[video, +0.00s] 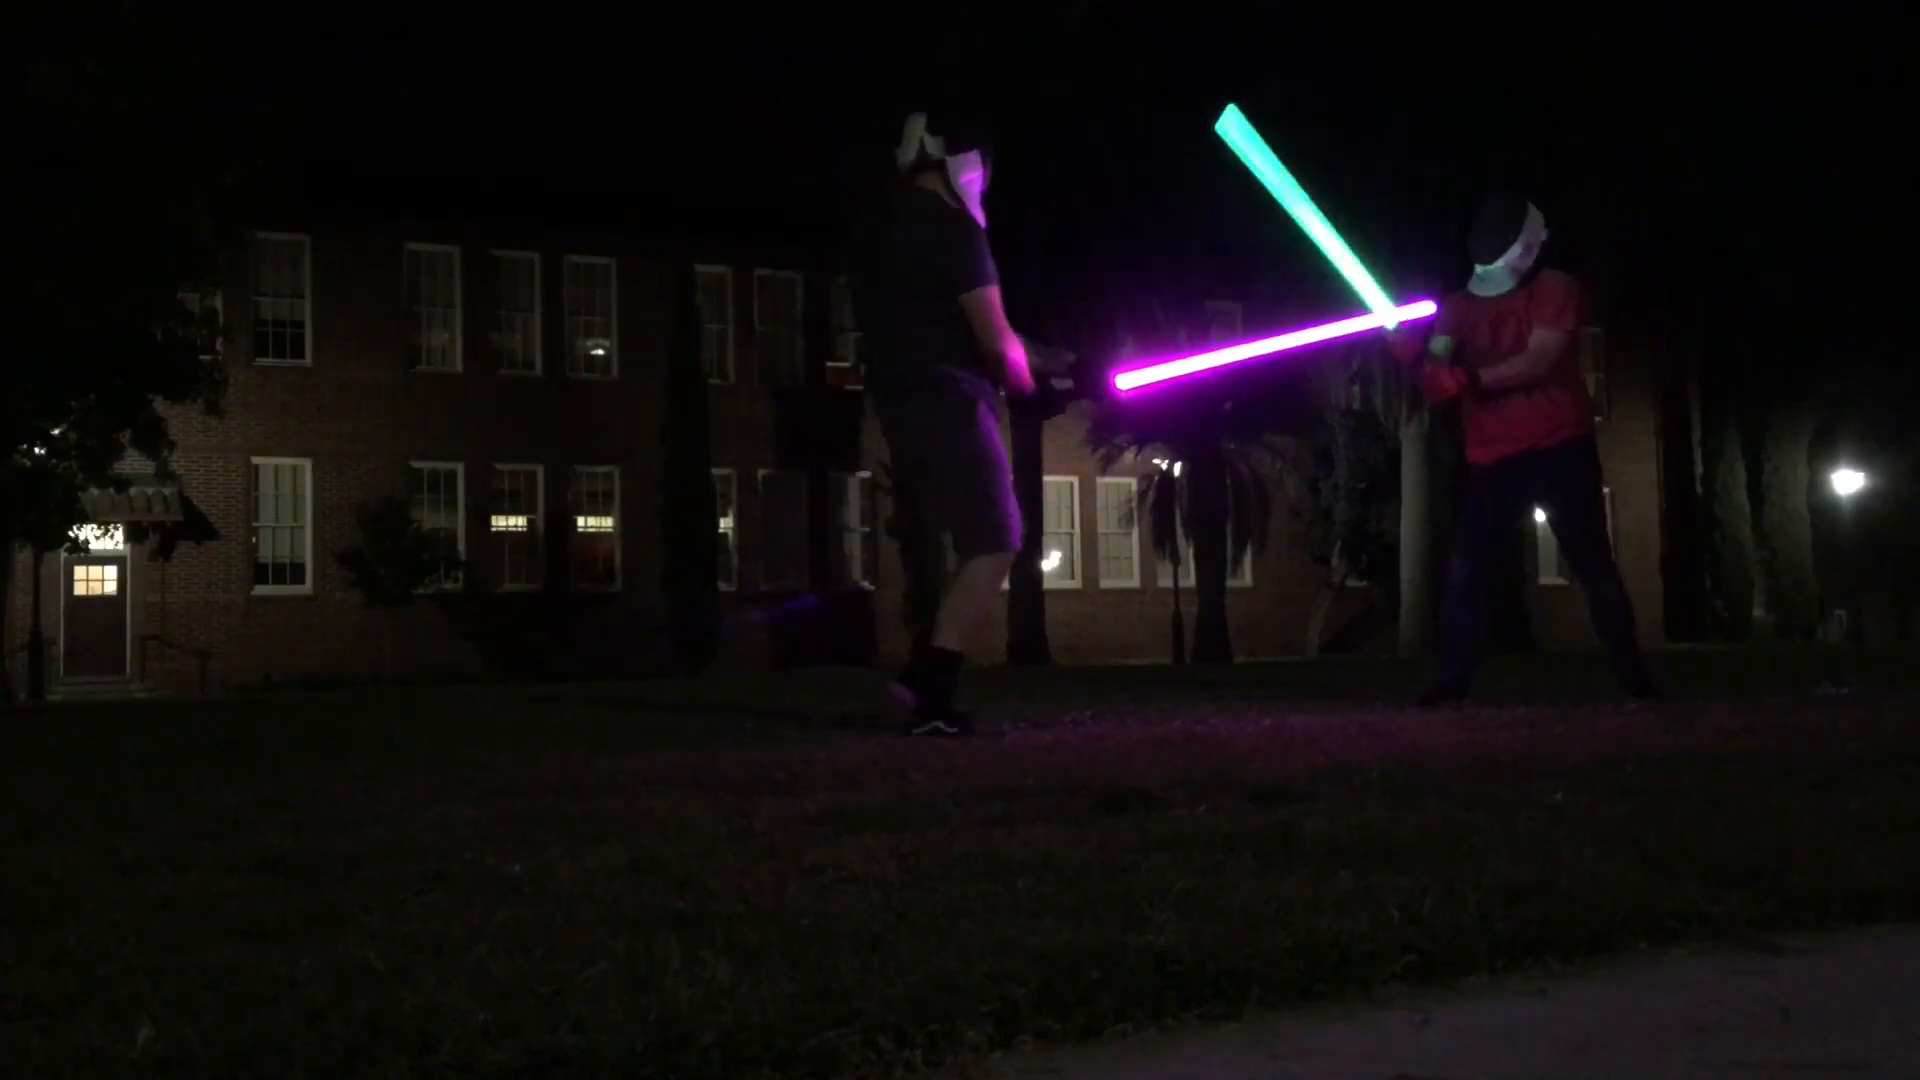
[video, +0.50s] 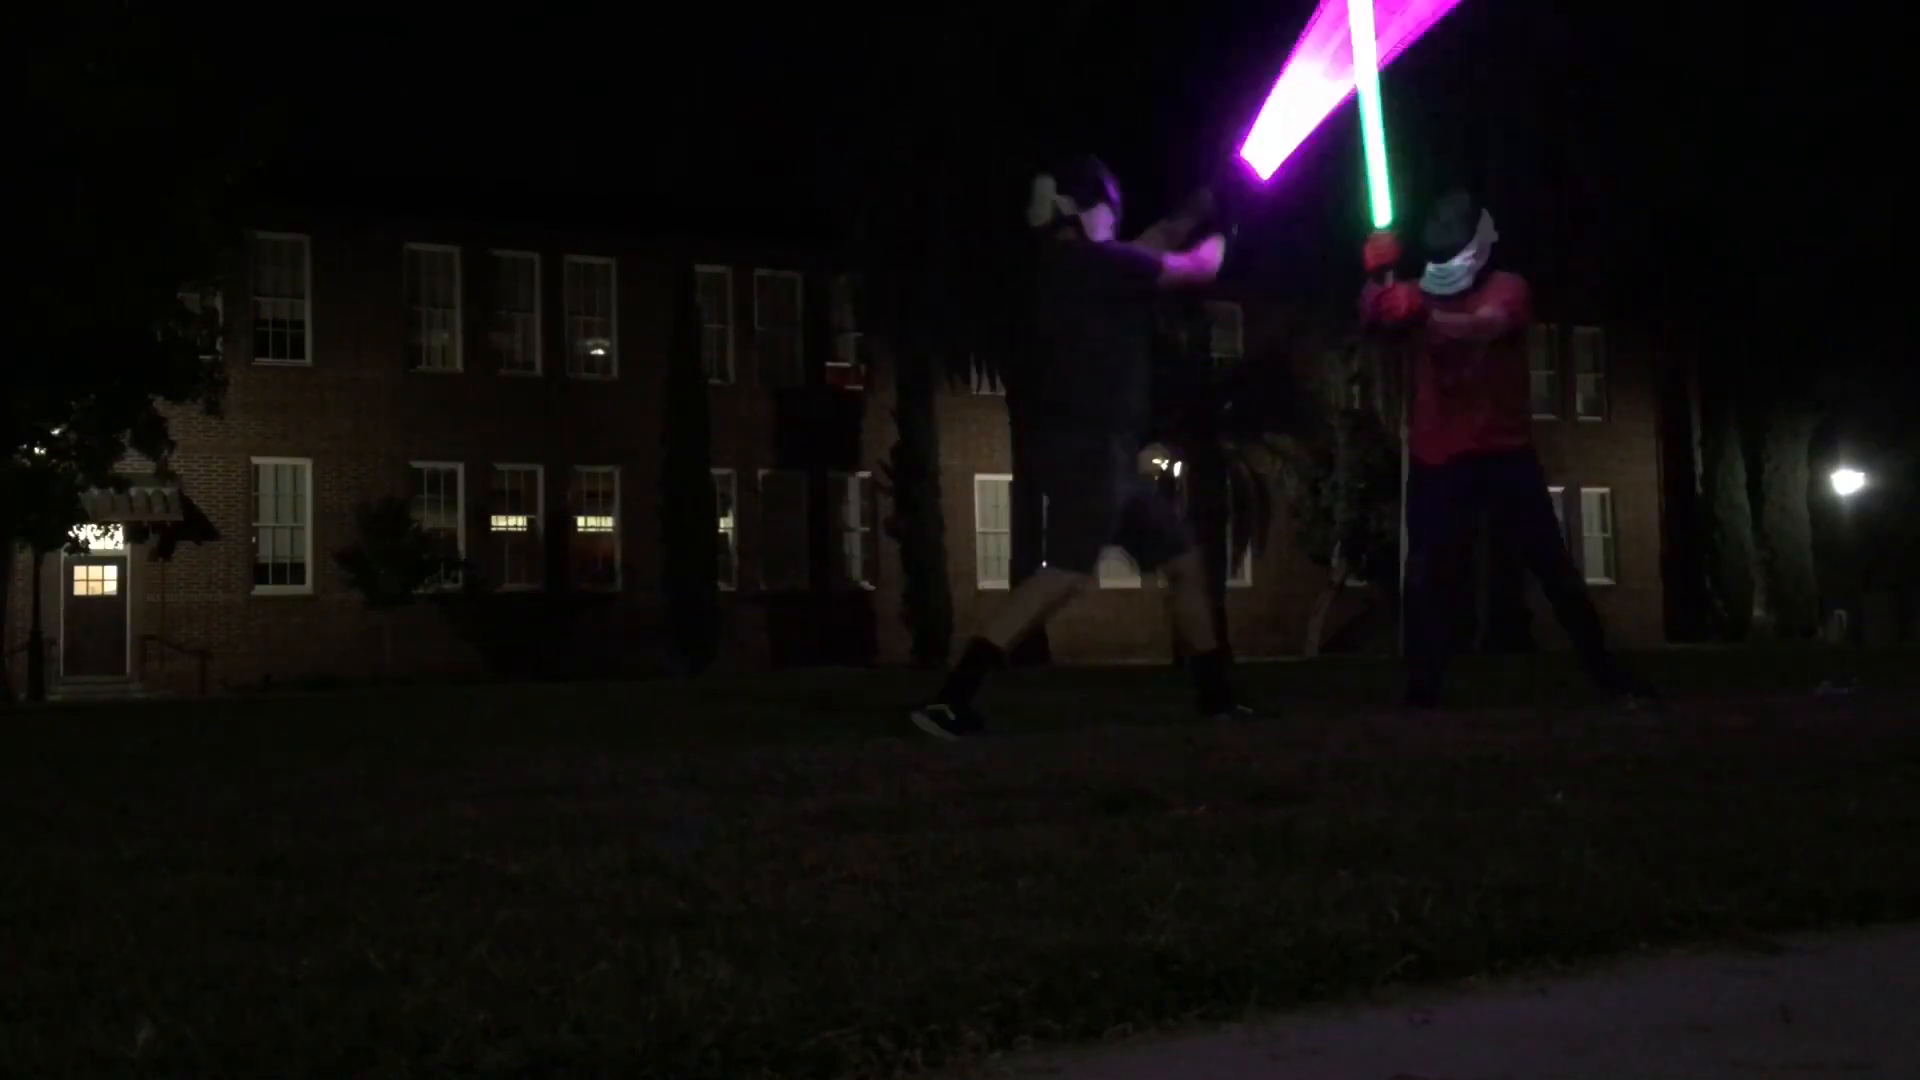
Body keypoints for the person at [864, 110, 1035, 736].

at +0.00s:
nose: (982, 178)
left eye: (980, 164)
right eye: (974, 164)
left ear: (918, 165)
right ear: (948, 166)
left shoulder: (884, 222)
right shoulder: (955, 230)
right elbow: (996, 336)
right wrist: (1024, 380)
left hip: (902, 403)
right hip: (952, 402)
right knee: (996, 541)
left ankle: (927, 684)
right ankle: (934, 688)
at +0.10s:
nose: (1001, 177)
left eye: (998, 164)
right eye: (994, 164)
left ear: (942, 169)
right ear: (969, 167)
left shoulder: (918, 226)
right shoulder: (974, 232)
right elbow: (1013, 343)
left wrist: (1038, 365)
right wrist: (1043, 389)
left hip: (941, 407)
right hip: (972, 410)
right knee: (1009, 553)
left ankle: (986, 676)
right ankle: (941, 696)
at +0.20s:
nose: (1025, 189)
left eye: (1021, 176)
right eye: (1016, 176)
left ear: (964, 182)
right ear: (989, 179)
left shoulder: (940, 236)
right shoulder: (998, 241)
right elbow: (1041, 356)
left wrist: (1040, 364)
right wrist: (1066, 377)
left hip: (959, 414)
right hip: (990, 417)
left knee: (1059, 533)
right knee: (1018, 559)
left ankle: (1072, 686)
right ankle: (936, 705)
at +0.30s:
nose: (1050, 193)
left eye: (1046, 181)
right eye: (1042, 182)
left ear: (991, 187)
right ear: (1017, 186)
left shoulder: (974, 241)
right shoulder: (1027, 248)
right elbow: (1092, 356)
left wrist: (1095, 343)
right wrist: (1123, 357)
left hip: (991, 419)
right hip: (1015, 423)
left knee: (1091, 542)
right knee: (1025, 566)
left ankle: (1146, 677)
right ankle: (937, 704)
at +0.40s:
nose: (1081, 201)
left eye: (1077, 190)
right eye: (1073, 191)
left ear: (1025, 197)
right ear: (1052, 197)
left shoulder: (1012, 251)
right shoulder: (1068, 257)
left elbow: (1114, 277)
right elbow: (1154, 325)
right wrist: (1193, 301)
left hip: (1025, 429)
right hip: (1052, 433)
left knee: (1132, 546)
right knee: (1027, 570)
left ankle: (1191, 679)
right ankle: (938, 702)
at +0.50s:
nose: (1115, 219)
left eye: (1112, 209)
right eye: (1110, 208)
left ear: (1061, 210)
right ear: (1088, 211)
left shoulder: (1058, 261)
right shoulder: (1095, 262)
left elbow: (1134, 254)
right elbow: (1199, 267)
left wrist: (1187, 216)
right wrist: (1221, 234)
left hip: (1093, 445)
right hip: (1091, 445)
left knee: (1181, 556)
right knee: (1066, 573)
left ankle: (1216, 692)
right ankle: (954, 696)